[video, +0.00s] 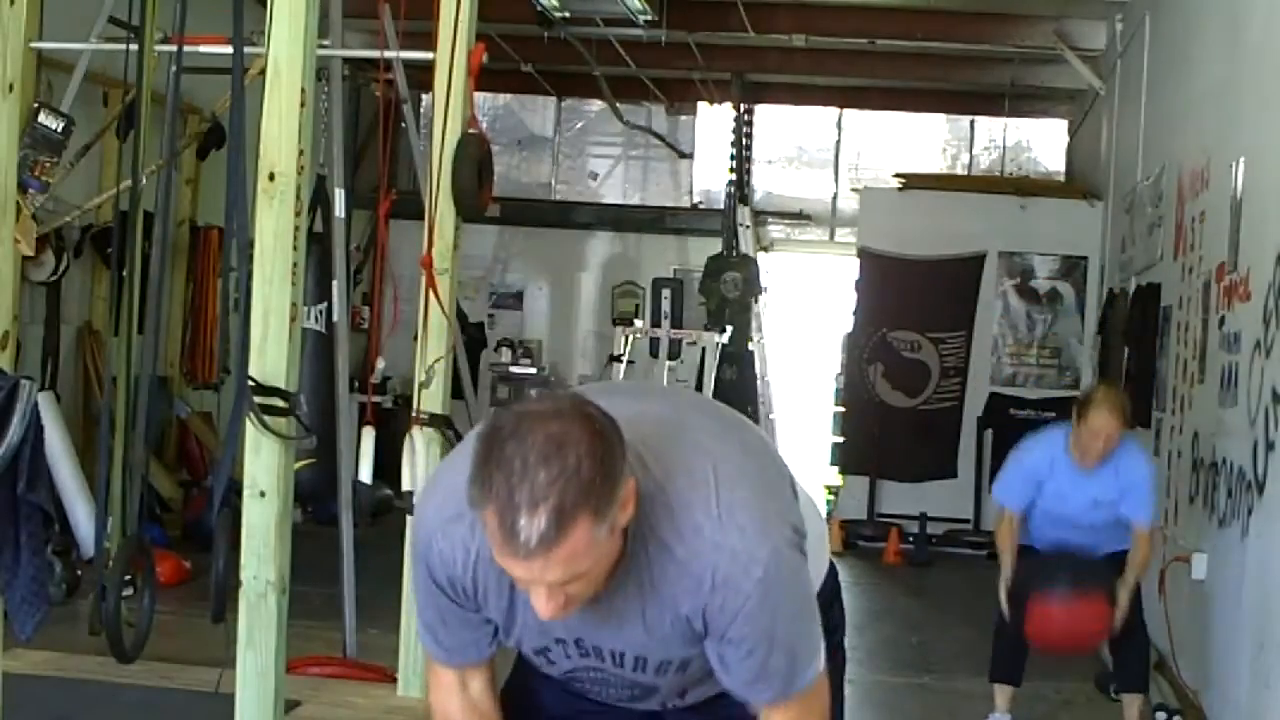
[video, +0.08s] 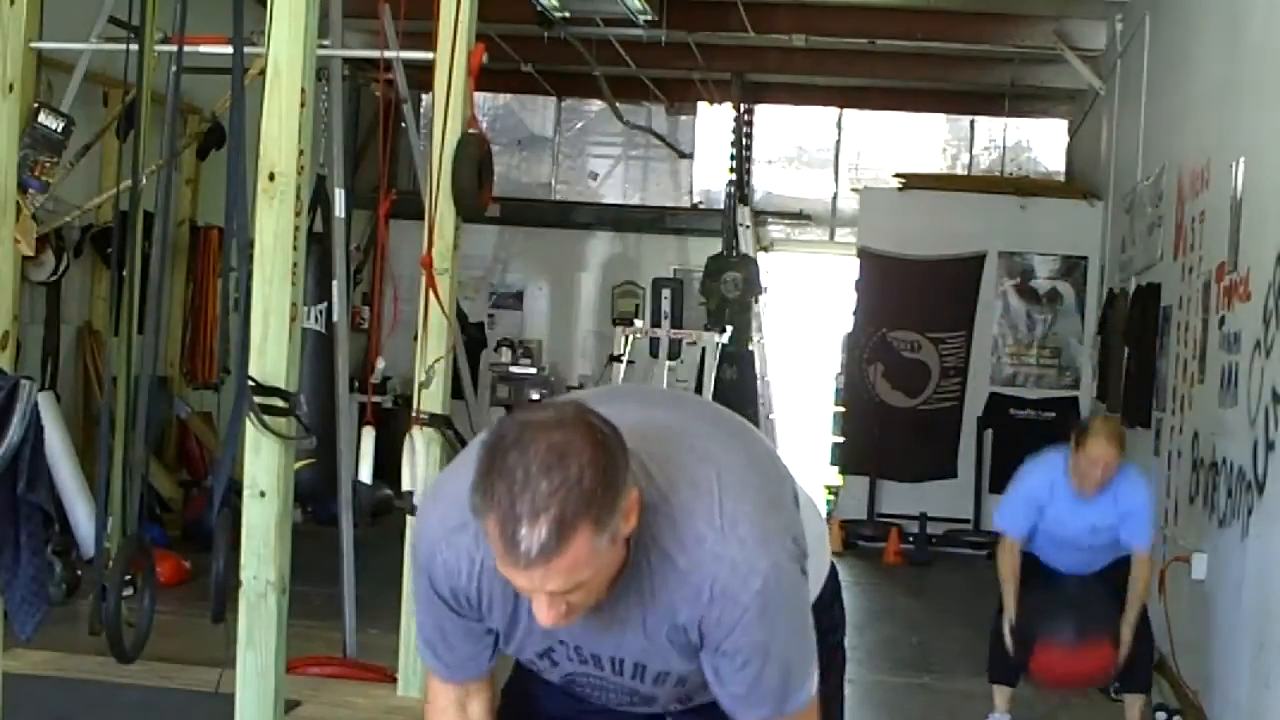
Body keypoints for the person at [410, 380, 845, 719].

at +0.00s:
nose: (545, 607)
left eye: (569, 583)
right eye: (520, 581)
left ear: (624, 508)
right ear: (483, 516)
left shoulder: (744, 554)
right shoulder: (447, 522)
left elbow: (799, 709)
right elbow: (459, 688)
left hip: (738, 671)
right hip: (565, 663)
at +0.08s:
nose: (547, 615)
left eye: (573, 590)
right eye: (522, 588)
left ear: (628, 517)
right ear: (488, 525)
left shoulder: (743, 571)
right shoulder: (448, 531)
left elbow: (793, 713)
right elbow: (457, 698)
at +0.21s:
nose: (547, 618)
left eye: (574, 592)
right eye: (524, 591)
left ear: (631, 520)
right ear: (491, 529)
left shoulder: (740, 576)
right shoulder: (450, 542)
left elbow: (764, 714)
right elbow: (448, 706)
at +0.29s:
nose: (545, 605)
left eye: (569, 580)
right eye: (522, 578)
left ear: (629, 509)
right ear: (491, 517)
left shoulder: (737, 561)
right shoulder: (449, 527)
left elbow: (788, 713)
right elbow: (443, 702)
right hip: (568, 645)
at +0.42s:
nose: (538, 539)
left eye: (562, 511)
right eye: (514, 511)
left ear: (620, 445)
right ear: (485, 458)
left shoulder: (728, 483)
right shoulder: (449, 480)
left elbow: (808, 696)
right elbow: (434, 665)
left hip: (729, 654)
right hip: (565, 645)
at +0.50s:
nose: (527, 468)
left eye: (550, 438)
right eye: (504, 440)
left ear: (608, 382)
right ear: (481, 403)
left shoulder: (707, 413)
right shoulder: (445, 432)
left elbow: (838, 640)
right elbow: (425, 617)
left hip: (727, 654)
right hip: (555, 646)